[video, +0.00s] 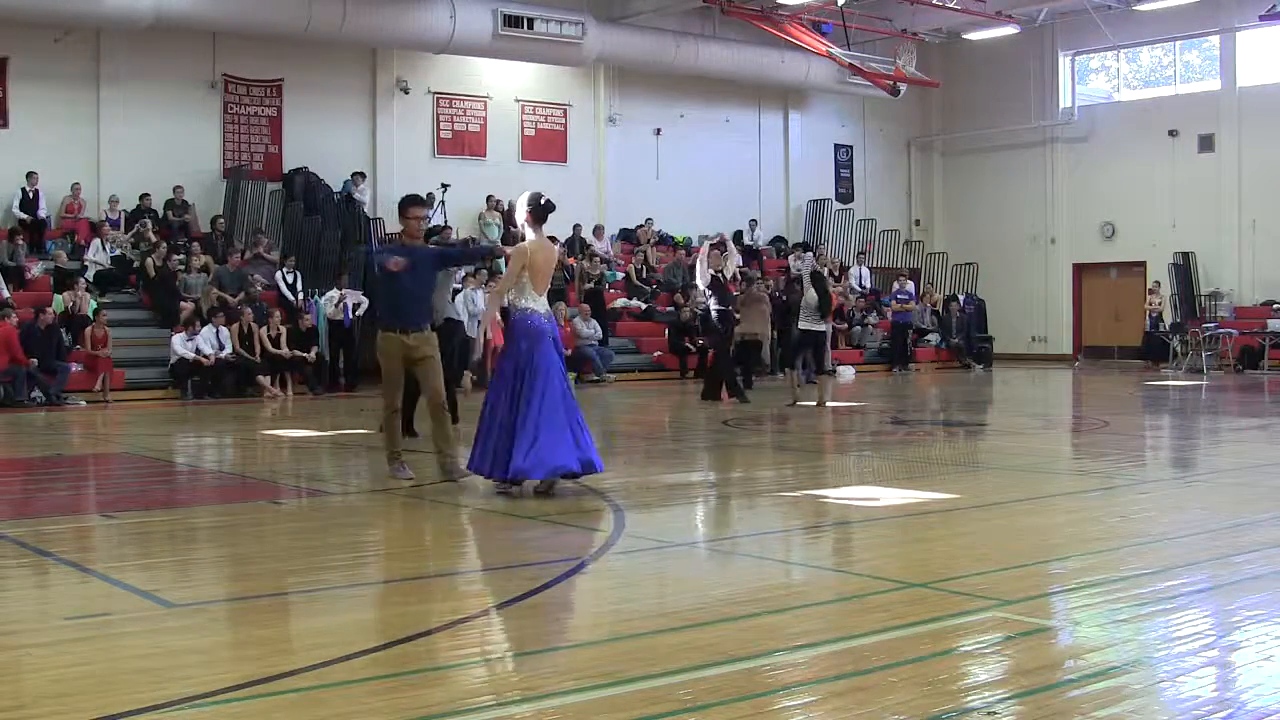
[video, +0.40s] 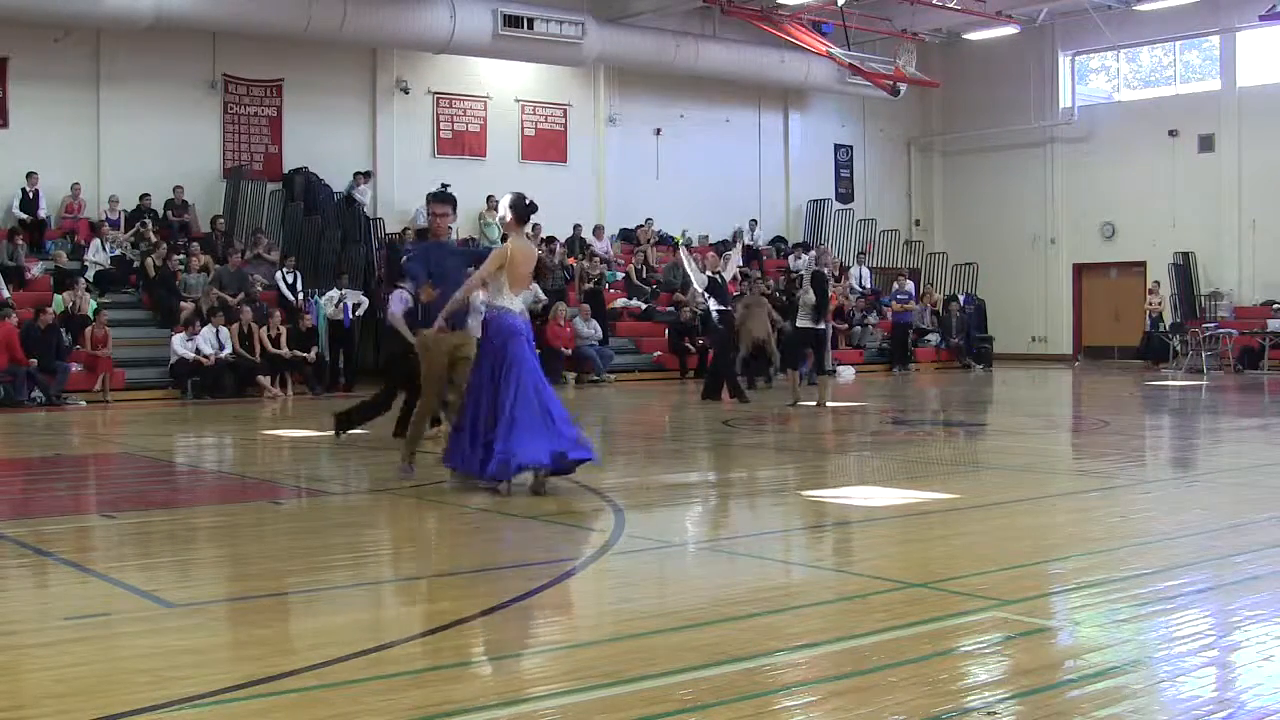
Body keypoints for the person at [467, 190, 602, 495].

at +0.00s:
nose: (516, 214)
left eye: (519, 210)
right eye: (518, 209)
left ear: (526, 214)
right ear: (544, 215)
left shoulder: (522, 250)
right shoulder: (552, 249)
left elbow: (502, 288)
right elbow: (538, 283)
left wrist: (488, 315)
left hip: (523, 325)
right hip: (546, 324)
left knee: (515, 394)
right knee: (547, 393)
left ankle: (511, 467)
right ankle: (550, 463)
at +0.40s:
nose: (498, 216)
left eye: (501, 211)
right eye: (500, 211)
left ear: (509, 216)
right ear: (526, 217)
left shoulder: (504, 250)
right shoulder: (532, 251)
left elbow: (472, 283)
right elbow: (515, 286)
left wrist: (444, 314)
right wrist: (481, 289)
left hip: (499, 324)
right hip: (521, 324)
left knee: (498, 391)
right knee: (523, 389)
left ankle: (500, 463)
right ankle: (539, 456)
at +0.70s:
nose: (490, 216)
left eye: (494, 213)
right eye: (491, 211)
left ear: (507, 218)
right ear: (516, 220)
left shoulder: (498, 249)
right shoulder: (523, 250)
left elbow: (457, 262)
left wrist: (424, 273)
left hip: (489, 321)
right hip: (507, 322)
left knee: (487, 390)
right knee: (503, 390)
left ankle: (498, 459)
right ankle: (500, 457)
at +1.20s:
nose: (486, 218)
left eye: (490, 213)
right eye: (487, 213)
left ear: (505, 217)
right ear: (510, 218)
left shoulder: (498, 249)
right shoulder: (519, 250)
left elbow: (459, 257)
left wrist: (426, 253)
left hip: (489, 321)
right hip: (506, 320)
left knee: (485, 390)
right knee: (500, 390)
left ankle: (496, 456)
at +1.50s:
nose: (487, 216)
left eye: (489, 211)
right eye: (488, 211)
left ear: (503, 218)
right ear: (511, 219)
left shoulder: (502, 250)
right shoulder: (522, 249)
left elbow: (462, 236)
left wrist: (427, 210)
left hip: (494, 321)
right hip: (511, 321)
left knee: (494, 392)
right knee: (506, 391)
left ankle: (498, 464)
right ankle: (503, 460)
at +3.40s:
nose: (494, 216)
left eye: (498, 212)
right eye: (496, 212)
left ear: (509, 219)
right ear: (520, 219)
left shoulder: (502, 250)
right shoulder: (531, 249)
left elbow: (464, 228)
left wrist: (438, 195)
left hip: (496, 322)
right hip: (517, 322)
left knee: (493, 393)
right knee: (510, 393)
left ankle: (493, 463)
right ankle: (504, 462)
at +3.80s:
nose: (499, 226)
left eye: (501, 221)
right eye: (500, 221)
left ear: (513, 222)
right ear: (520, 223)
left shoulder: (505, 251)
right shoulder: (535, 252)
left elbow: (467, 246)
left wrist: (438, 233)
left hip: (499, 325)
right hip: (520, 325)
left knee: (489, 391)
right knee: (512, 394)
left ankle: (485, 461)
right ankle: (506, 461)